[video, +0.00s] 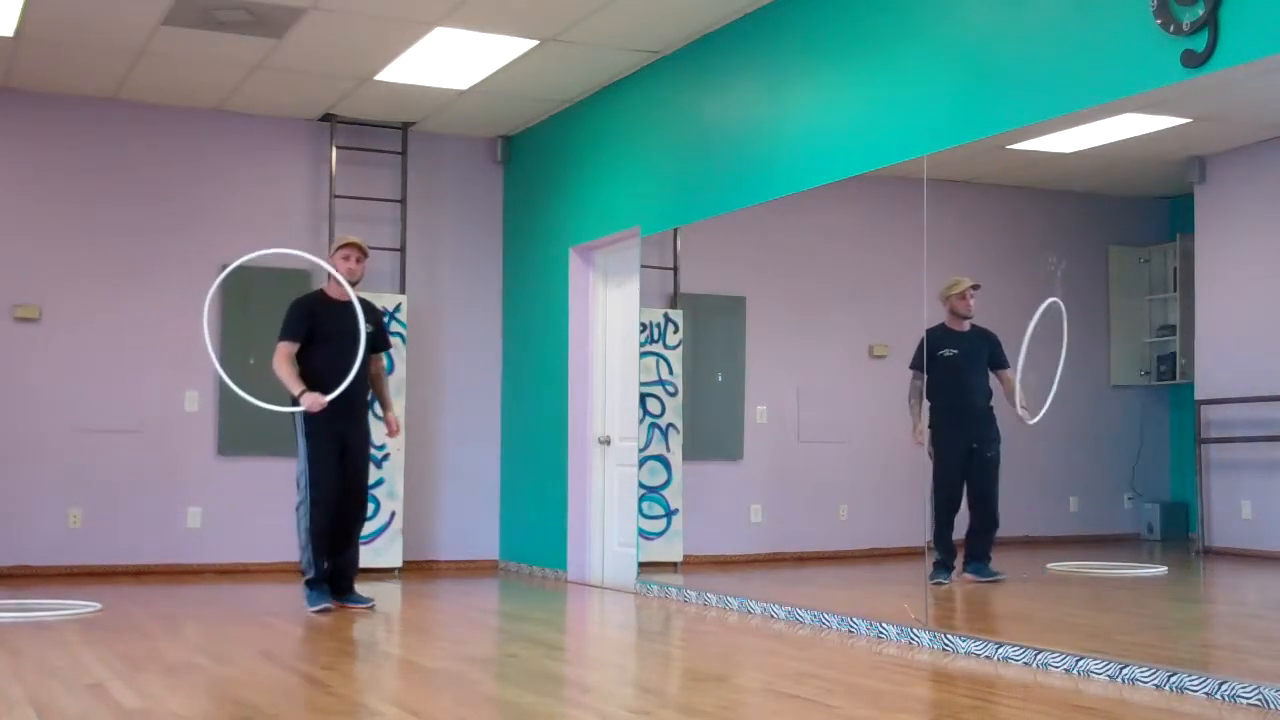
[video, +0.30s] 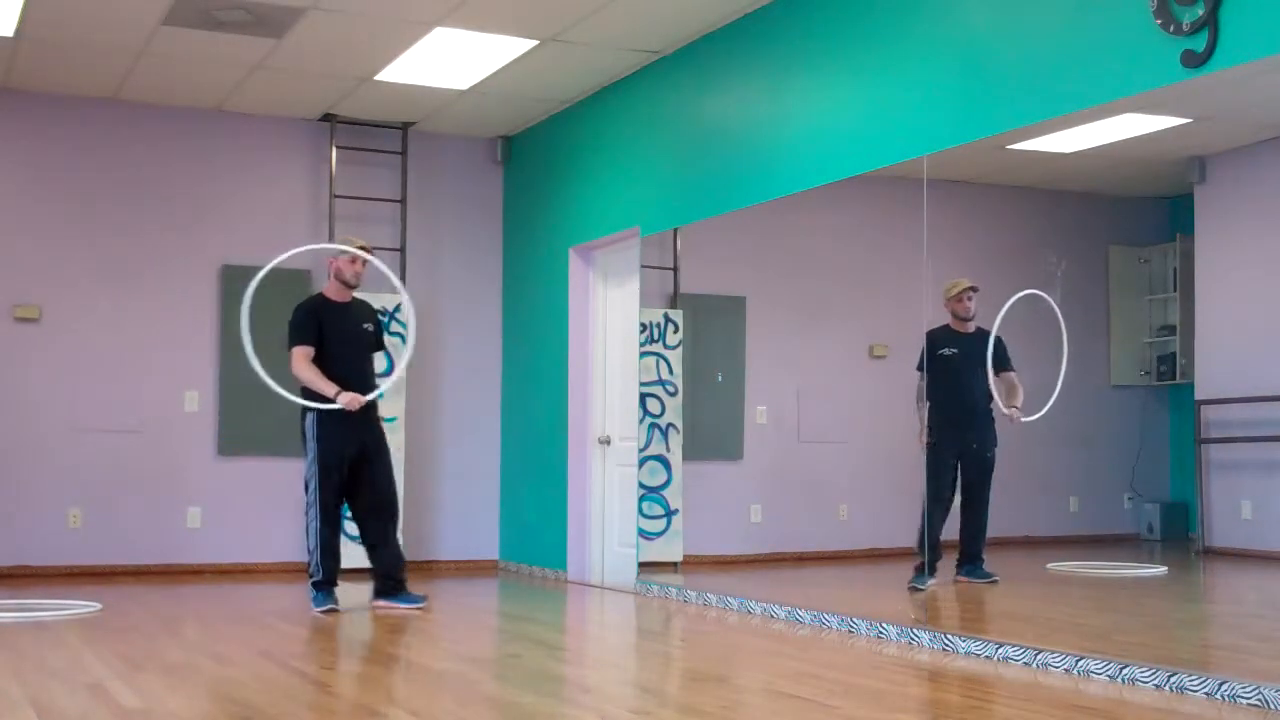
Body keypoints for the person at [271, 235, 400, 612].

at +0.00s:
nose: (352, 265)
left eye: (358, 261)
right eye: (346, 258)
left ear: (364, 268)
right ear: (331, 262)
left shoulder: (370, 314)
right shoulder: (307, 307)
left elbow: (376, 367)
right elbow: (281, 359)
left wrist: (387, 409)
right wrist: (302, 392)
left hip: (355, 417)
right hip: (318, 416)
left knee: (353, 498)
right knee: (319, 497)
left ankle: (342, 585)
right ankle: (316, 588)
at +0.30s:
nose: (359, 268)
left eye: (363, 263)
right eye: (353, 261)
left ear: (365, 270)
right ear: (333, 264)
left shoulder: (367, 313)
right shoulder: (310, 310)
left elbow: (367, 364)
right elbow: (299, 364)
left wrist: (371, 403)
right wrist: (337, 393)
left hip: (366, 417)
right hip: (326, 418)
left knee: (379, 501)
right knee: (324, 504)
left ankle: (389, 587)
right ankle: (323, 587)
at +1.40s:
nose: (435, 270)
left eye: (442, 266)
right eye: (429, 264)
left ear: (451, 275)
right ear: (418, 270)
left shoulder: (460, 315)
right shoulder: (401, 308)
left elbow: (464, 368)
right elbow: (364, 323)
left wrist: (469, 414)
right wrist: (341, 292)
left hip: (461, 425)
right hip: (420, 425)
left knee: (478, 502)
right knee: (413, 506)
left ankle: (492, 581)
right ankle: (407, 584)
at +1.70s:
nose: (450, 272)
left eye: (458, 268)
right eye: (444, 266)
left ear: (466, 277)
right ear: (433, 272)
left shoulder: (473, 317)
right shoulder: (417, 312)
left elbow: (484, 369)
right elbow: (386, 347)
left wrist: (503, 411)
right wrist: (394, 312)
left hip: (466, 426)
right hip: (425, 426)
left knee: (480, 508)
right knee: (415, 509)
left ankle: (488, 586)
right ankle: (406, 586)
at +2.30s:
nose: (475, 275)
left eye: (481, 271)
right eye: (469, 268)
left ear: (486, 279)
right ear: (454, 272)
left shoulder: (486, 320)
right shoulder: (432, 311)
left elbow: (492, 371)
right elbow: (448, 357)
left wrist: (509, 414)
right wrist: (495, 379)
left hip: (473, 423)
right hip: (434, 423)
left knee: (485, 505)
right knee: (419, 505)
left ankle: (495, 586)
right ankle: (405, 585)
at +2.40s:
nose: (482, 275)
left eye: (487, 270)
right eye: (476, 268)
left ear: (490, 278)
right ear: (460, 272)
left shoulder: (489, 320)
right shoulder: (438, 312)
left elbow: (493, 373)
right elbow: (462, 357)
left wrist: (506, 417)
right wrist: (505, 381)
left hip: (479, 422)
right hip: (440, 422)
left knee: (488, 504)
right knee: (424, 504)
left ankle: (494, 585)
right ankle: (407, 585)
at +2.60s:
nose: (497, 277)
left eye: (502, 273)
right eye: (491, 270)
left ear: (505, 279)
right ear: (474, 273)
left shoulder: (506, 321)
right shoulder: (457, 310)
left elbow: (513, 373)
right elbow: (484, 344)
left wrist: (520, 417)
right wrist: (523, 372)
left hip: (495, 419)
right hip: (457, 419)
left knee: (497, 505)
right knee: (441, 503)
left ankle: (494, 585)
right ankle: (423, 583)